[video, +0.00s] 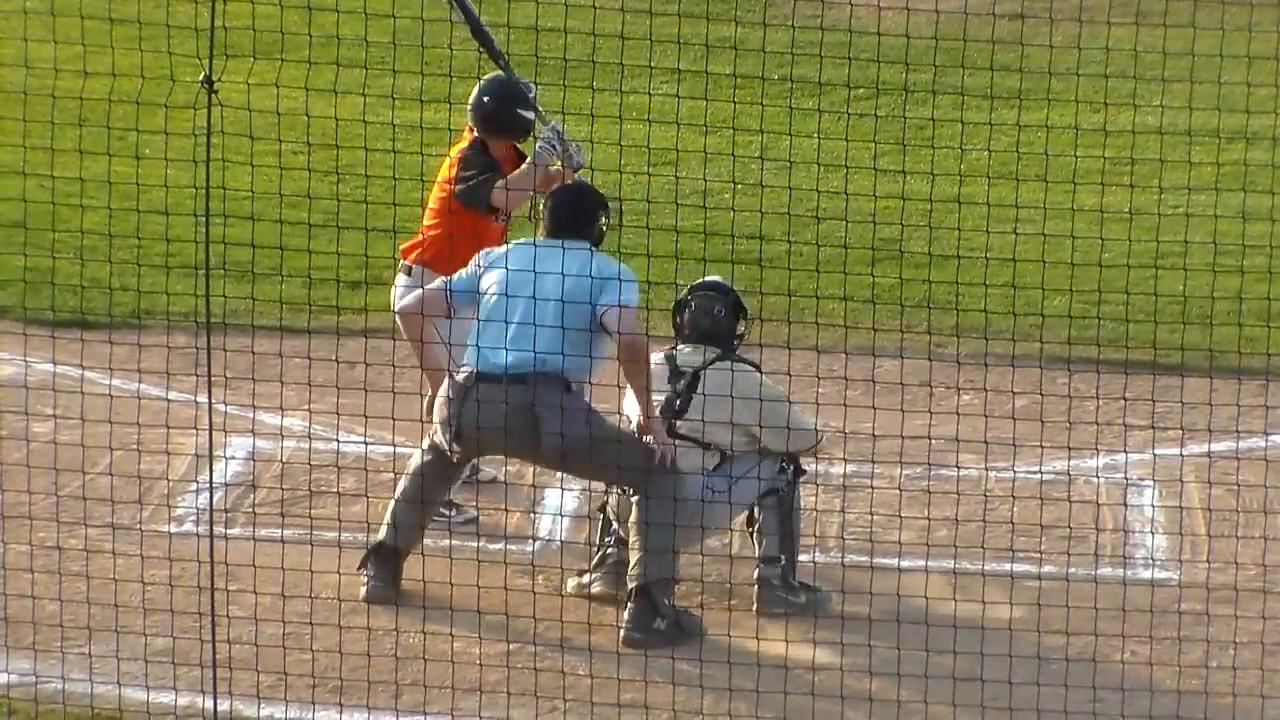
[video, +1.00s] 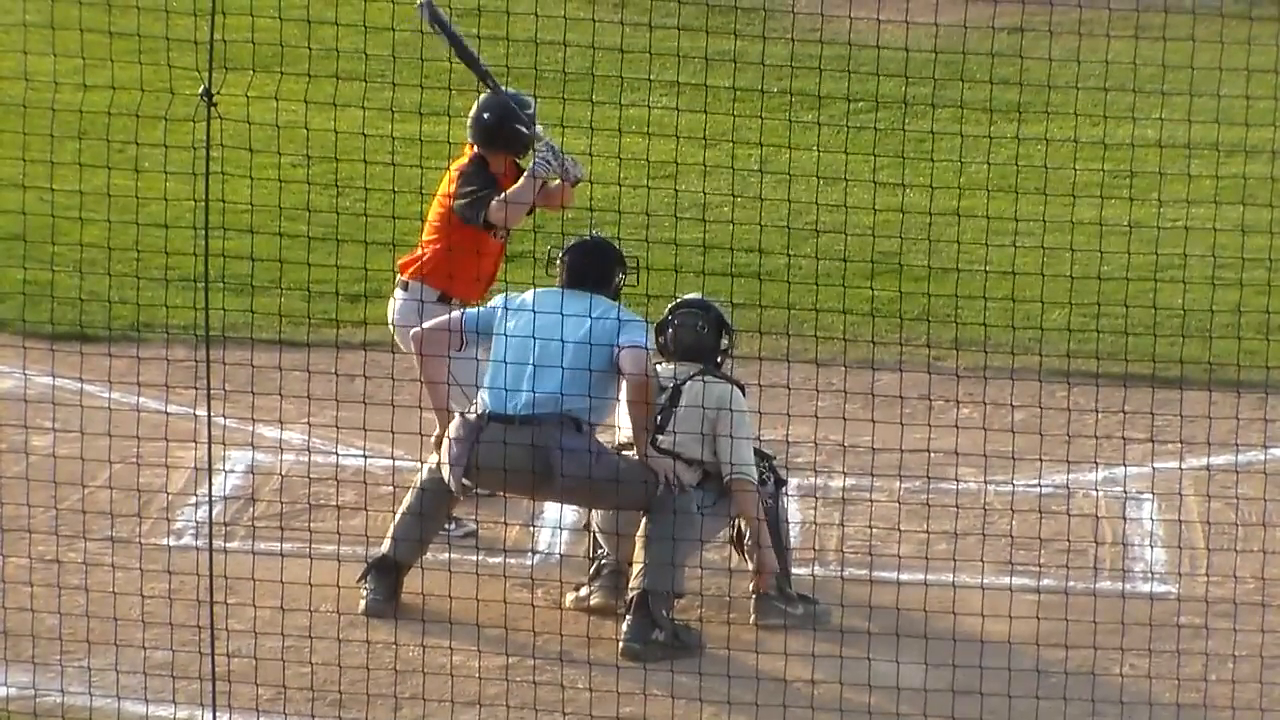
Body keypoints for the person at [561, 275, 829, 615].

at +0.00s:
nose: (738, 329)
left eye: (734, 320)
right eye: (736, 322)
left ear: (679, 324)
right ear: (731, 328)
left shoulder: (649, 368)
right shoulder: (742, 378)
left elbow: (625, 426)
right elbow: (805, 439)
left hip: (634, 504)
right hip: (692, 511)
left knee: (626, 451)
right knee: (781, 466)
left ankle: (607, 567)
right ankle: (777, 583)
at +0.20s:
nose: (736, 339)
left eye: (735, 331)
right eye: (733, 332)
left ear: (678, 333)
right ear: (727, 336)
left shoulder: (649, 376)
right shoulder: (739, 391)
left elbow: (627, 439)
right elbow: (797, 455)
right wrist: (831, 491)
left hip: (627, 517)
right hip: (685, 523)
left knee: (621, 459)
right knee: (776, 478)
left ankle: (606, 576)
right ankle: (778, 590)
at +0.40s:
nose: (733, 341)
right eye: (729, 333)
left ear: (671, 336)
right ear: (722, 341)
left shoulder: (643, 375)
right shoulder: (731, 390)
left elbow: (615, 440)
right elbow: (770, 470)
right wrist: (804, 524)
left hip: (630, 511)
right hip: (685, 517)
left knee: (614, 459)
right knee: (764, 477)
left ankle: (608, 573)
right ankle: (775, 589)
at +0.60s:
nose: (727, 345)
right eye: (725, 338)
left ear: (667, 341)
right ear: (719, 345)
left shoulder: (639, 380)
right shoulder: (727, 395)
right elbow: (748, 477)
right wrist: (770, 547)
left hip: (623, 510)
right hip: (686, 514)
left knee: (613, 465)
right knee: (766, 470)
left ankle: (605, 578)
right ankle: (775, 592)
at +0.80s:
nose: (727, 348)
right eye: (724, 341)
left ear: (665, 342)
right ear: (717, 347)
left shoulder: (637, 381)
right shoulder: (724, 394)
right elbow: (738, 476)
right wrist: (756, 544)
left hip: (622, 508)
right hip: (685, 512)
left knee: (613, 469)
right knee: (764, 474)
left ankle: (605, 578)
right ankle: (775, 591)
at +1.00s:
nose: (724, 346)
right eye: (721, 339)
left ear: (662, 342)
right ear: (716, 346)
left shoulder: (636, 382)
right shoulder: (724, 394)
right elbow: (740, 479)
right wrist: (763, 548)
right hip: (690, 510)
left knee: (615, 470)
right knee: (765, 476)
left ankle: (606, 578)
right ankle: (776, 593)